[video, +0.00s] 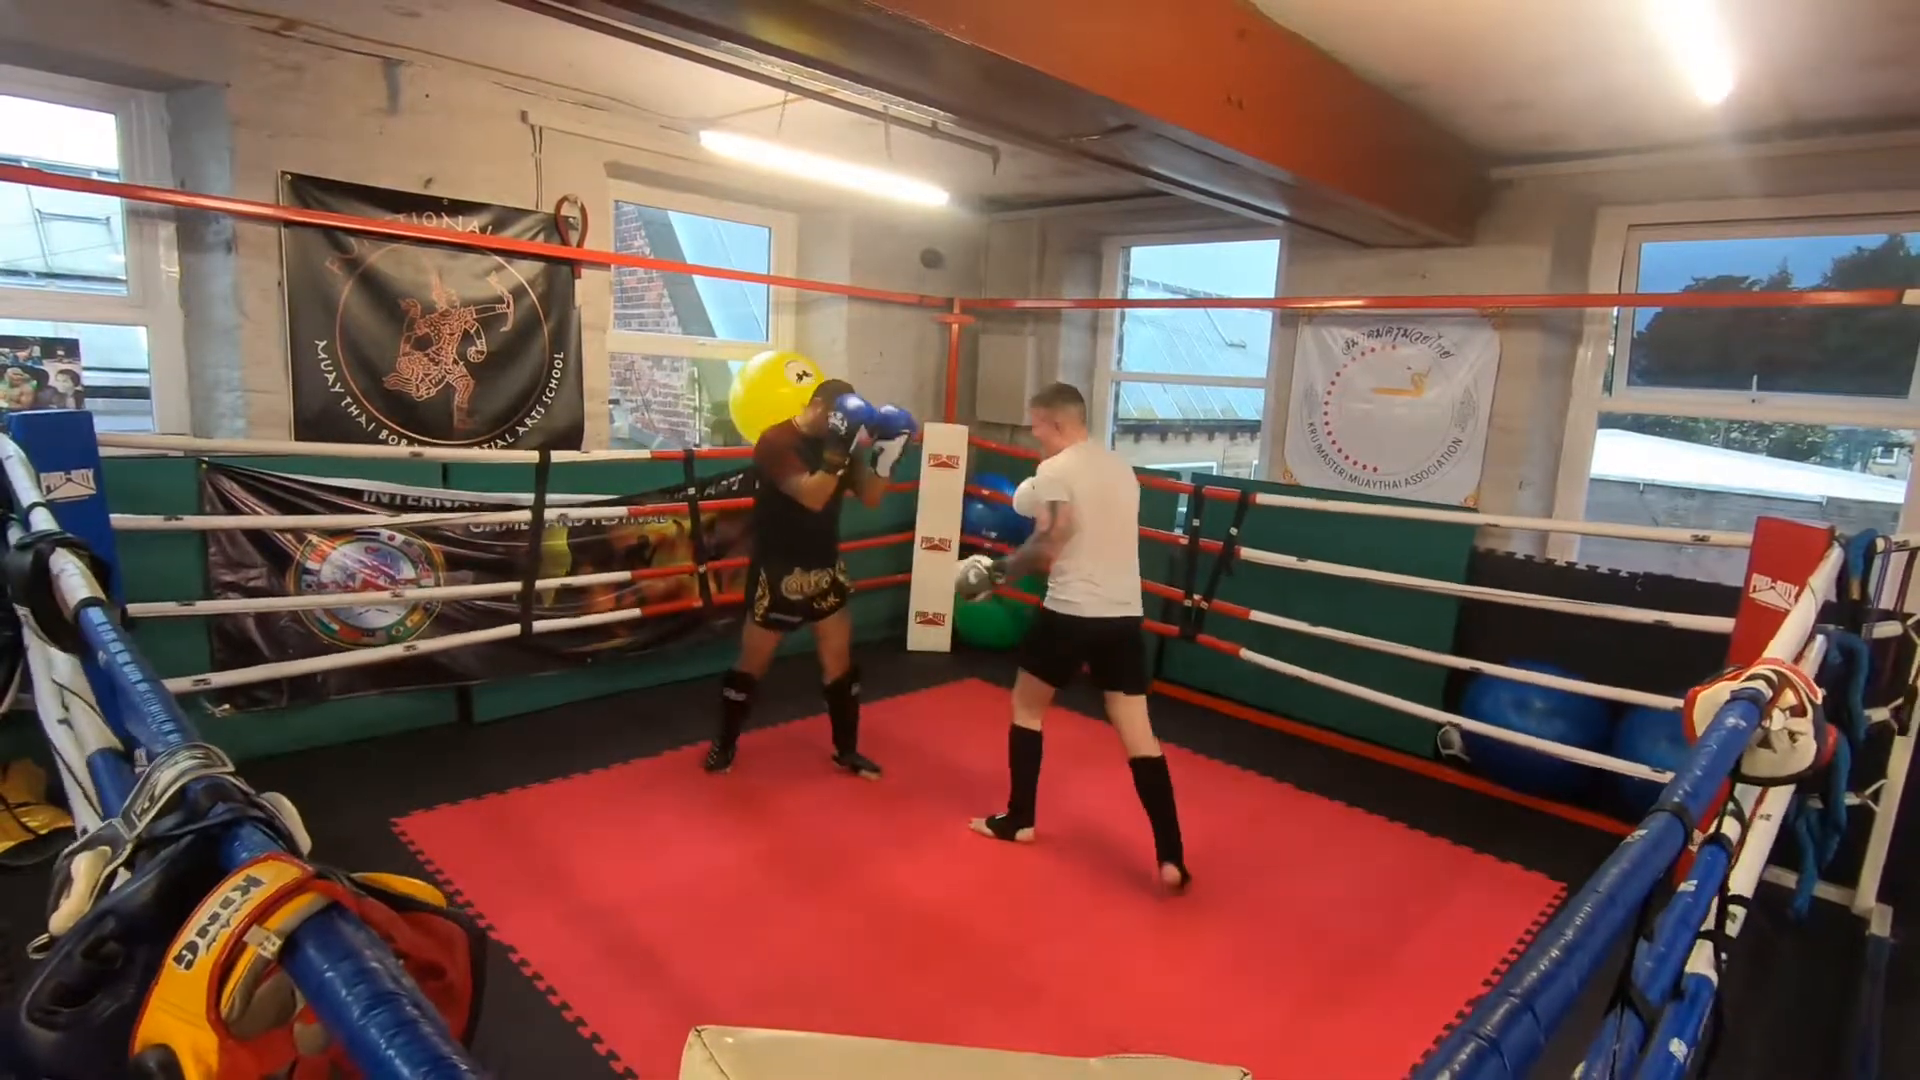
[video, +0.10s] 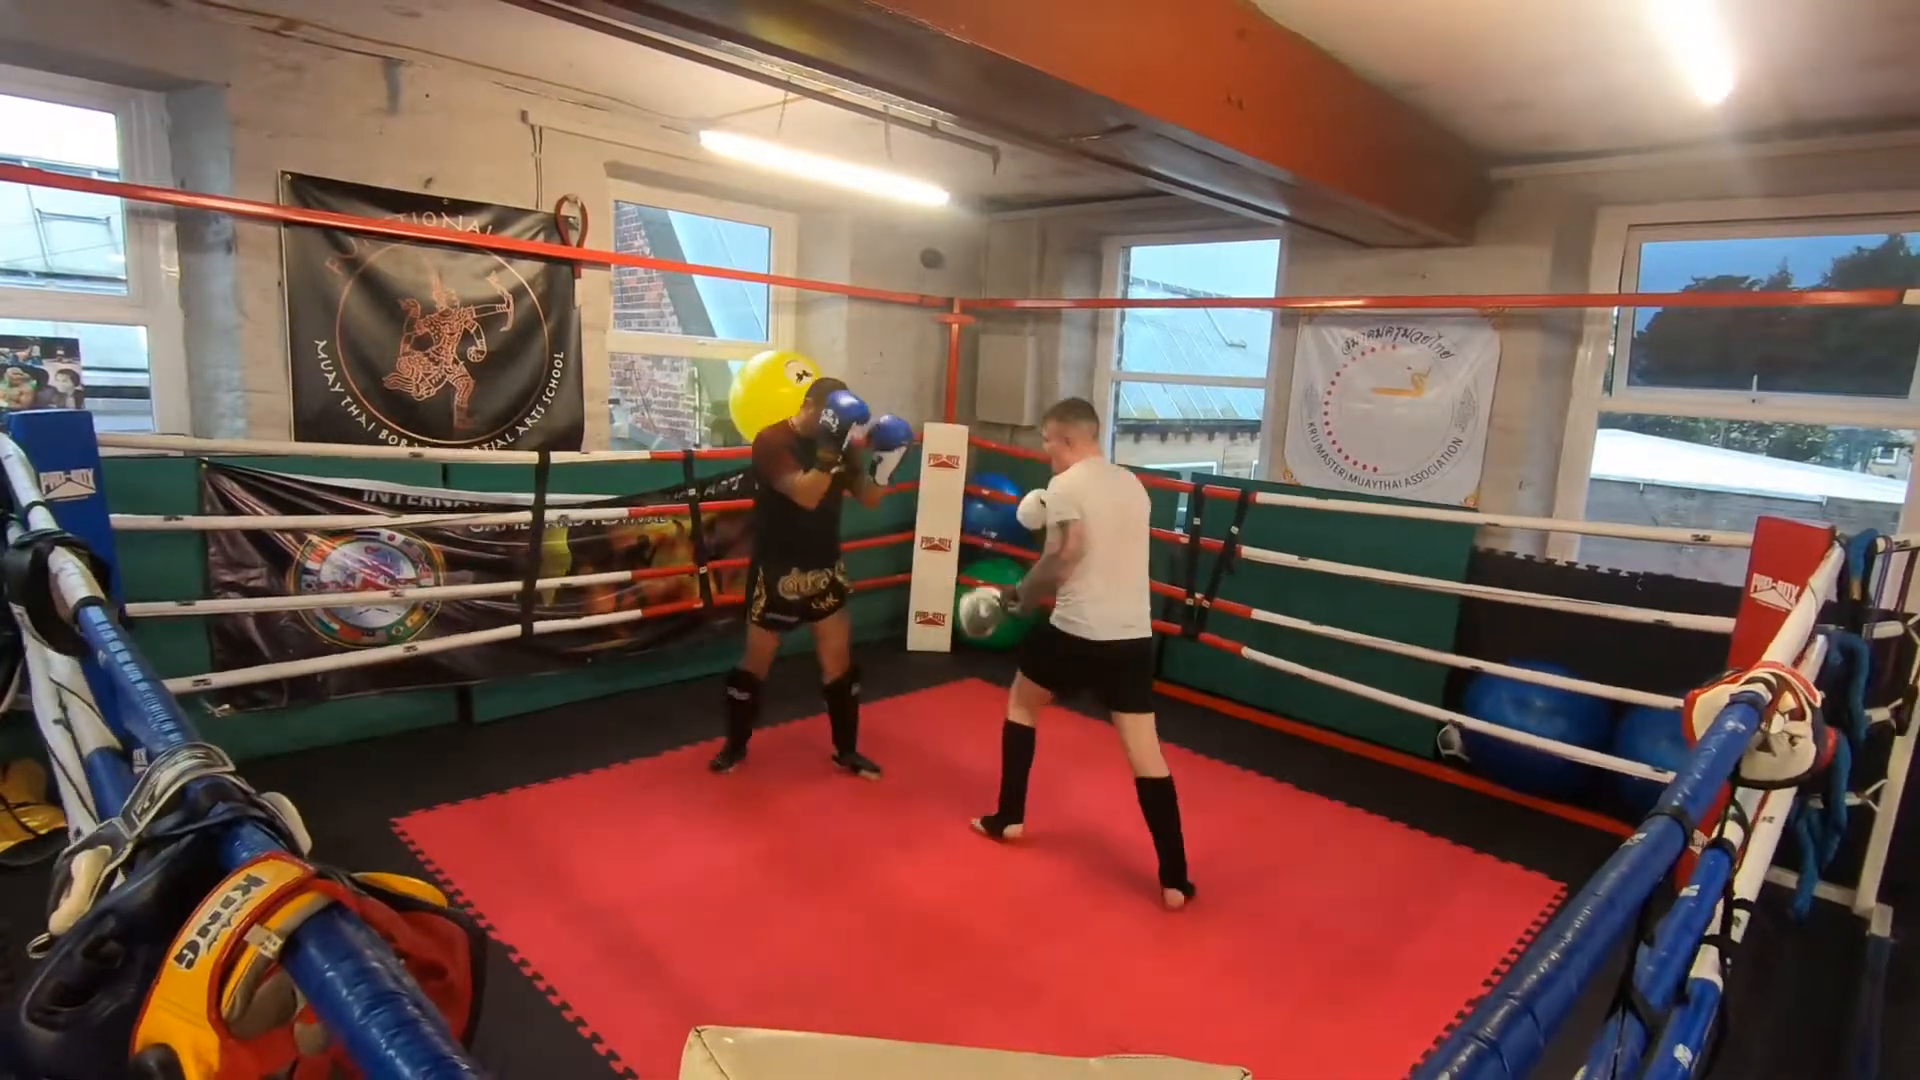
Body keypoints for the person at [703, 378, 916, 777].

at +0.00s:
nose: (832, 423)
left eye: (839, 419)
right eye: (829, 414)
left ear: (841, 422)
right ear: (813, 406)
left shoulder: (833, 447)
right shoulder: (775, 442)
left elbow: (870, 496)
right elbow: (814, 497)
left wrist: (886, 456)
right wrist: (840, 451)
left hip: (825, 570)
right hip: (776, 571)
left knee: (838, 665)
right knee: (751, 666)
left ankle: (846, 751)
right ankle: (724, 745)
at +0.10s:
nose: (826, 421)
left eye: (832, 417)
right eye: (823, 414)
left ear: (839, 420)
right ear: (807, 407)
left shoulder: (837, 448)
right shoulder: (771, 441)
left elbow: (869, 497)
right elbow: (807, 495)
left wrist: (885, 461)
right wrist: (829, 451)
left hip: (825, 567)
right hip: (775, 569)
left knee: (838, 662)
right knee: (755, 663)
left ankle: (846, 751)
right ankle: (735, 745)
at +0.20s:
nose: (816, 420)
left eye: (821, 413)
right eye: (809, 410)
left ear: (825, 415)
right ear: (789, 408)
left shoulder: (831, 446)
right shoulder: (762, 445)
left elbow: (857, 501)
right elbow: (794, 499)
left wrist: (876, 487)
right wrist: (817, 454)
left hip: (823, 567)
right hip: (773, 570)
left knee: (844, 661)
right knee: (754, 662)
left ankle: (847, 752)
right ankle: (733, 746)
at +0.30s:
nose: (811, 414)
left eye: (816, 405)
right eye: (802, 405)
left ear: (821, 409)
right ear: (781, 407)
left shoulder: (827, 444)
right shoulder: (759, 446)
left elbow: (855, 499)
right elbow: (789, 501)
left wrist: (875, 481)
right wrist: (814, 460)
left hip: (822, 570)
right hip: (770, 572)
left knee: (852, 661)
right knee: (751, 665)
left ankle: (851, 751)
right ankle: (733, 746)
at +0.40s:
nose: (814, 415)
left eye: (819, 407)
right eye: (807, 406)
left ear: (827, 411)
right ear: (786, 406)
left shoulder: (829, 446)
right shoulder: (761, 447)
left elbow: (859, 496)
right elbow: (796, 499)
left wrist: (881, 469)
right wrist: (819, 456)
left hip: (824, 569)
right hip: (772, 572)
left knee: (849, 665)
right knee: (752, 663)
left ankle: (852, 760)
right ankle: (733, 745)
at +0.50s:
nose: (826, 425)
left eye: (830, 418)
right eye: (818, 418)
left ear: (834, 416)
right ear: (795, 410)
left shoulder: (832, 442)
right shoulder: (763, 448)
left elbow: (871, 494)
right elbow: (804, 494)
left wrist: (868, 454)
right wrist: (837, 460)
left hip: (827, 571)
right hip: (775, 574)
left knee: (846, 668)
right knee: (755, 666)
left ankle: (851, 762)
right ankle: (733, 746)